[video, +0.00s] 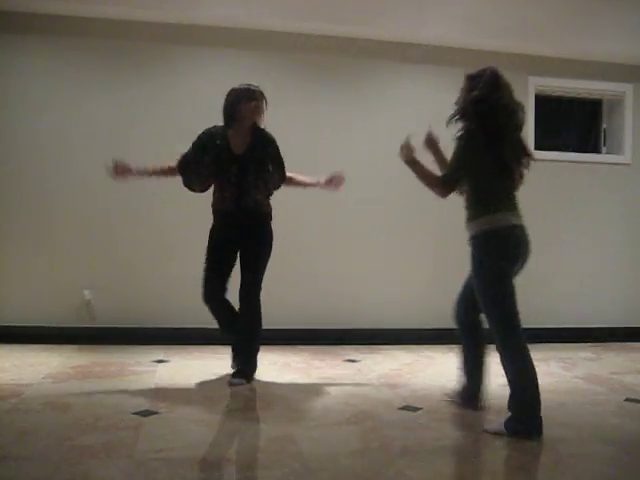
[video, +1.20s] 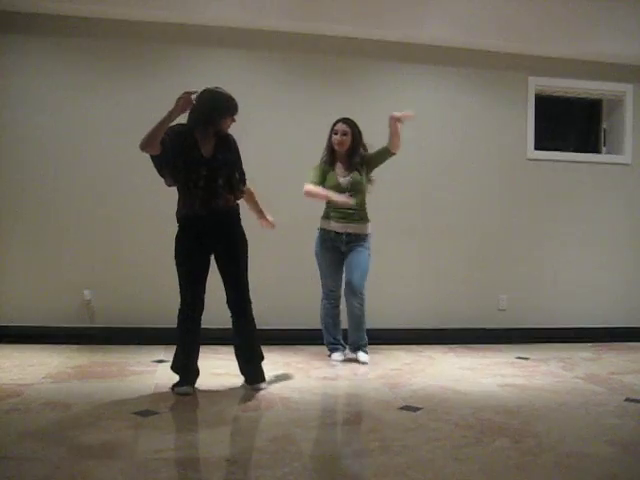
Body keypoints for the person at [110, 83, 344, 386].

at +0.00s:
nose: (262, 112)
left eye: (262, 107)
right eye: (256, 106)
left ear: (259, 111)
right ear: (238, 109)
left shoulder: (265, 143)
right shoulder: (213, 139)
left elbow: (281, 178)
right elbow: (181, 168)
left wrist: (321, 182)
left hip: (257, 228)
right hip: (224, 226)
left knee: (249, 296)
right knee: (213, 294)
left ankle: (245, 370)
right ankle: (243, 340)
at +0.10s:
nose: (257, 114)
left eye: (258, 110)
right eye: (251, 109)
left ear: (255, 116)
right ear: (235, 112)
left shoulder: (260, 146)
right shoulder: (209, 142)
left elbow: (289, 166)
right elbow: (163, 150)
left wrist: (323, 148)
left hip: (259, 232)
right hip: (227, 232)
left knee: (252, 300)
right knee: (190, 284)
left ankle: (246, 371)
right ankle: (232, 327)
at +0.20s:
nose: (253, 116)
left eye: (254, 111)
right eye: (248, 110)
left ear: (250, 116)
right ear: (232, 113)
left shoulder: (254, 145)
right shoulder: (203, 140)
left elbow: (296, 151)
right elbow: (158, 131)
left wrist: (310, 130)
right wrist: (145, 94)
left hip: (259, 229)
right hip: (227, 229)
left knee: (254, 300)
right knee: (184, 273)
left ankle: (246, 369)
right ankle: (211, 332)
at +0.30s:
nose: (248, 115)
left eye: (250, 110)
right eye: (243, 109)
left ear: (248, 113)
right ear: (225, 109)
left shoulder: (252, 138)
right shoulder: (198, 133)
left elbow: (295, 136)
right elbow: (156, 122)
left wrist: (293, 114)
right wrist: (162, 96)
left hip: (255, 224)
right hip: (222, 225)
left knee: (251, 295)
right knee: (188, 282)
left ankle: (244, 368)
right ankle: (189, 357)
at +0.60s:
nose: (238, 118)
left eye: (239, 113)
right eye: (233, 113)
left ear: (233, 116)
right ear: (216, 114)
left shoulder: (240, 143)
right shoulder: (190, 142)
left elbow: (266, 151)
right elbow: (142, 154)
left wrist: (280, 154)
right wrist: (169, 139)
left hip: (230, 231)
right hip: (196, 230)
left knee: (231, 304)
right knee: (192, 305)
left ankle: (229, 369)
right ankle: (185, 376)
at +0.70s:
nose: (233, 121)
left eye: (234, 116)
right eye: (229, 116)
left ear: (228, 118)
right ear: (212, 118)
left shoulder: (232, 143)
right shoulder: (186, 144)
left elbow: (252, 167)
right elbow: (144, 161)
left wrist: (273, 190)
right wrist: (172, 134)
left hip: (222, 233)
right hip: (188, 231)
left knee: (234, 306)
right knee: (187, 306)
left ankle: (217, 363)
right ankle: (185, 376)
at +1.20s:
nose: (232, 122)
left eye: (233, 117)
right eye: (229, 117)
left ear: (219, 116)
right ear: (214, 116)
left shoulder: (227, 142)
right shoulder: (178, 136)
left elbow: (240, 185)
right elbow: (147, 146)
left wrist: (261, 214)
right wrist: (173, 113)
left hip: (228, 228)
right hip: (192, 229)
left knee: (240, 301)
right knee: (191, 304)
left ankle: (253, 373)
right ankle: (186, 377)